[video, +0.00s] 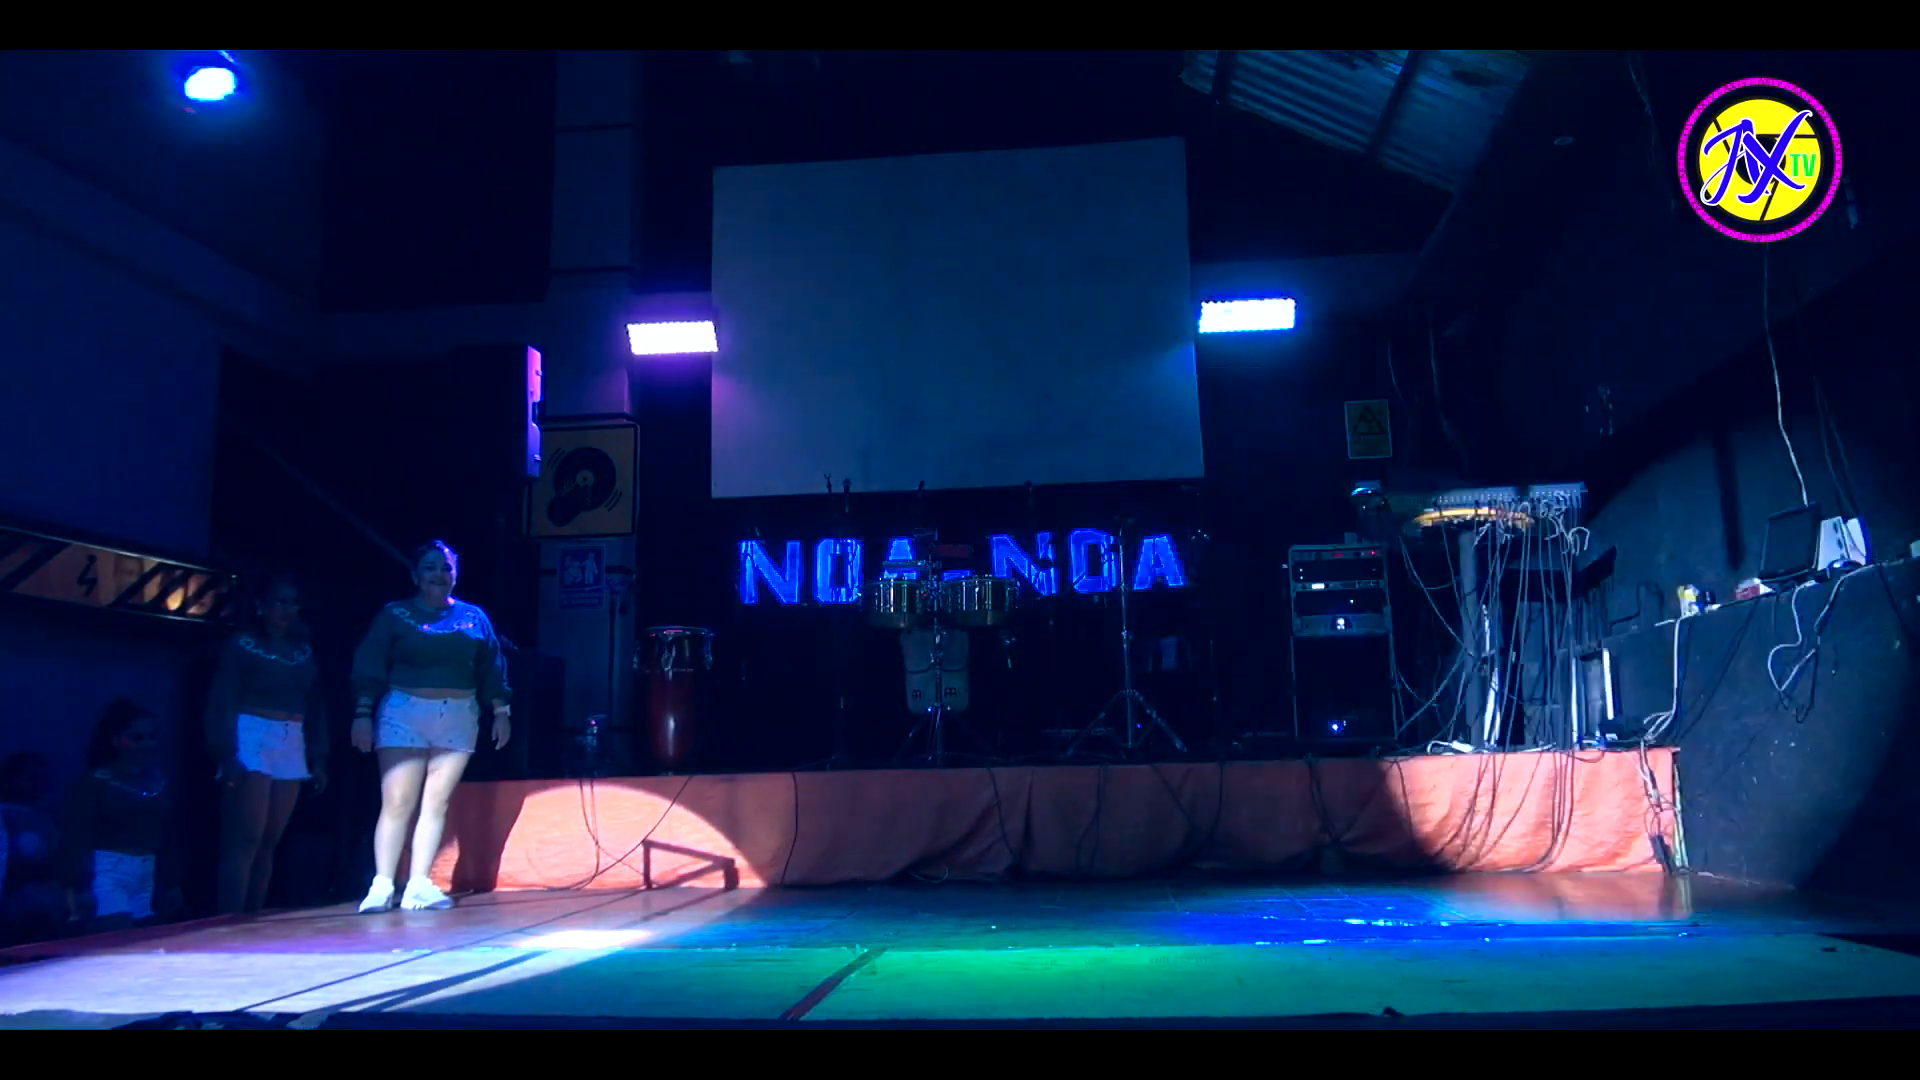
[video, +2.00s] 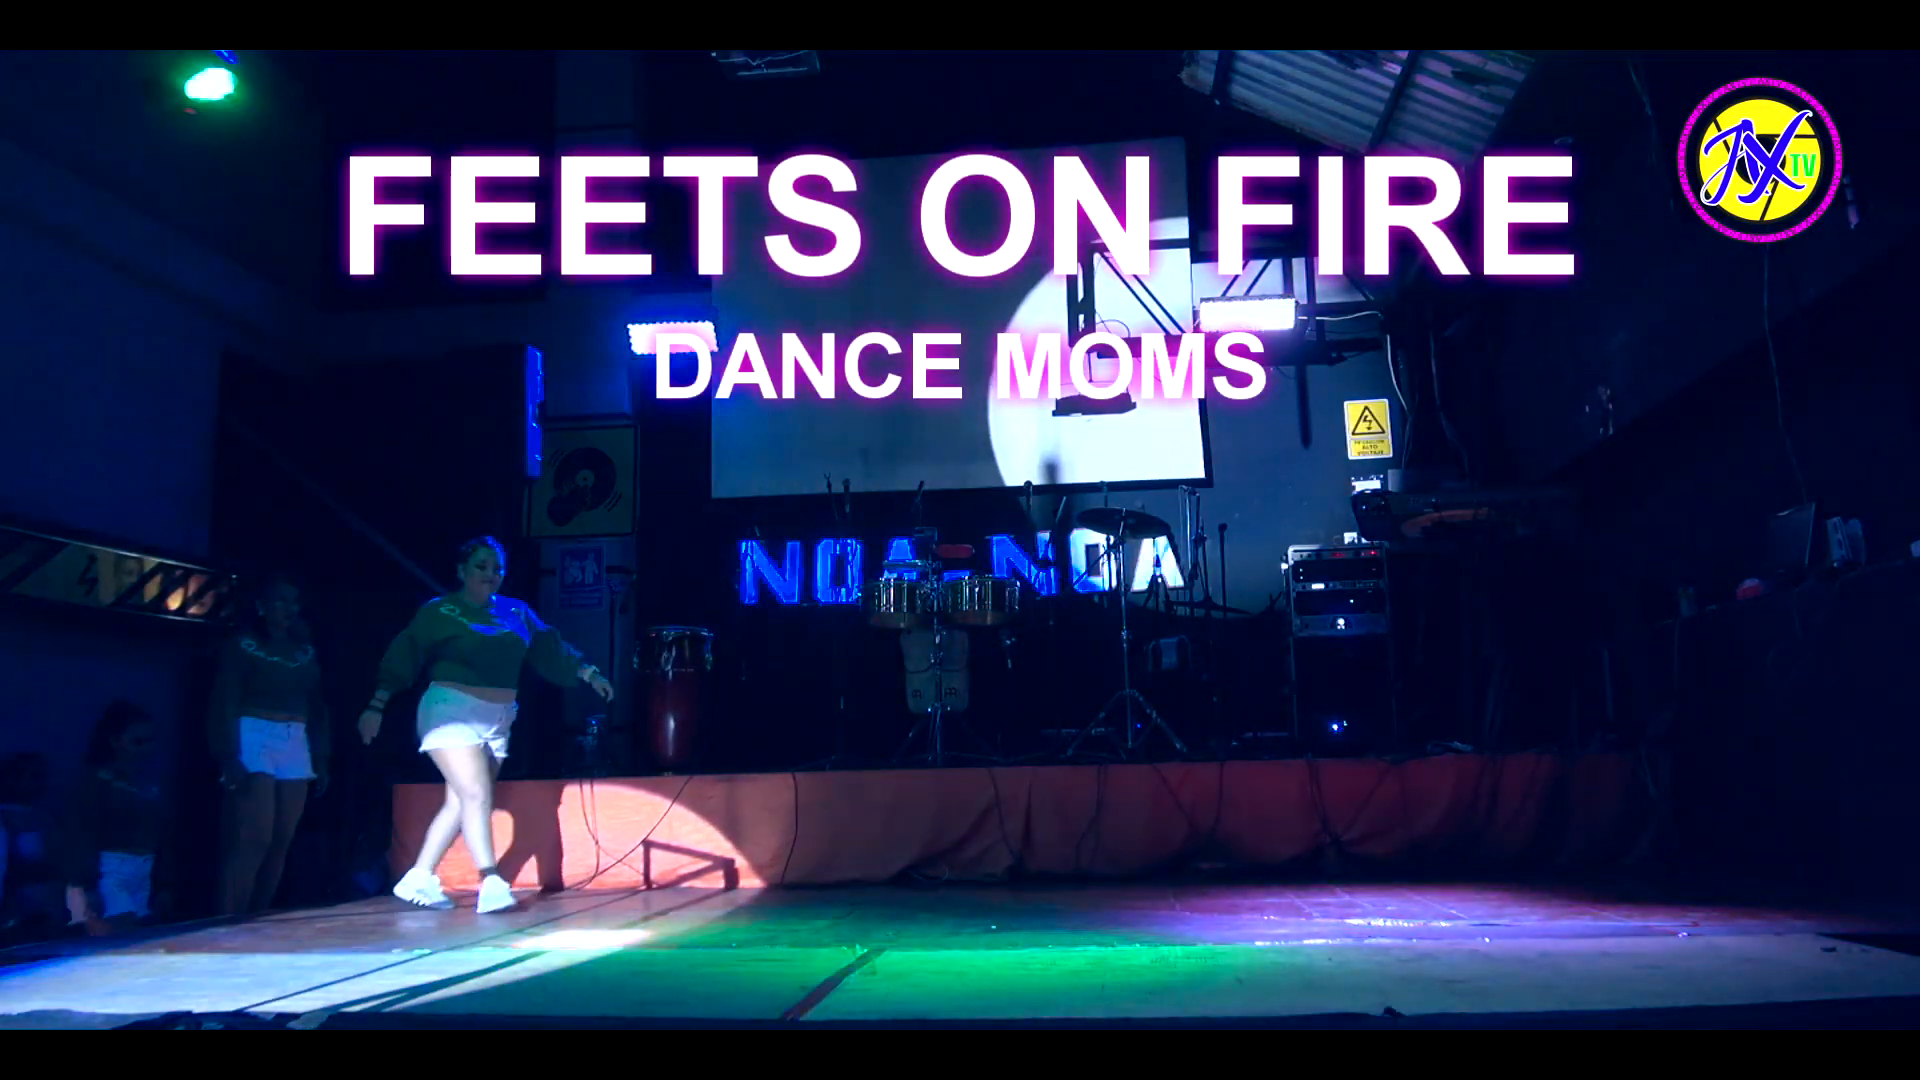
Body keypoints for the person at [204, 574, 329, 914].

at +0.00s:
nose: (286, 610)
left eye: (292, 603)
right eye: (279, 602)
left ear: (299, 608)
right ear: (263, 604)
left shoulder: (303, 651)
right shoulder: (245, 643)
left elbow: (314, 708)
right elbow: (224, 698)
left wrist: (317, 757)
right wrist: (225, 753)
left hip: (293, 735)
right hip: (254, 731)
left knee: (271, 839)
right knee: (249, 834)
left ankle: (254, 916)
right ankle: (232, 916)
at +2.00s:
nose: (286, 610)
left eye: (291, 603)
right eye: (279, 602)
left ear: (298, 608)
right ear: (263, 605)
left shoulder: (304, 651)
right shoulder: (245, 644)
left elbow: (315, 706)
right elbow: (226, 699)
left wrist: (318, 756)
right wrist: (228, 754)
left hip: (296, 735)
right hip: (255, 732)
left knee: (283, 835)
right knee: (257, 832)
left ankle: (260, 915)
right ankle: (232, 915)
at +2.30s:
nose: (295, 611)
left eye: (299, 604)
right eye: (288, 603)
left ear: (304, 611)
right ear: (271, 607)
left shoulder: (312, 653)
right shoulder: (251, 647)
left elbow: (325, 707)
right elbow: (230, 698)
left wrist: (327, 757)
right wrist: (226, 751)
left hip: (302, 735)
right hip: (260, 731)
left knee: (293, 813)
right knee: (305, 802)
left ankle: (268, 895)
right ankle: (252, 874)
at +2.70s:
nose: (319, 608)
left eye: (323, 602)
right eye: (311, 600)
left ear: (327, 610)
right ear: (292, 605)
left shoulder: (334, 654)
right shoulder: (267, 647)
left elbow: (347, 712)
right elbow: (244, 704)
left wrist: (352, 760)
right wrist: (241, 763)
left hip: (319, 739)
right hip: (275, 733)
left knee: (288, 842)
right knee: (332, 791)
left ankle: (254, 919)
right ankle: (308, 885)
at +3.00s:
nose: (348, 577)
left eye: (353, 571)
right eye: (340, 571)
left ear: (360, 577)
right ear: (322, 577)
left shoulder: (365, 625)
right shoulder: (298, 617)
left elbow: (379, 682)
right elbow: (272, 676)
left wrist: (385, 730)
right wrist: (266, 735)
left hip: (343, 716)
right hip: (300, 707)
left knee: (330, 808)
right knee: (332, 795)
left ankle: (276, 897)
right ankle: (315, 887)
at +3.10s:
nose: (358, 565)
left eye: (363, 559)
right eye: (349, 559)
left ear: (369, 568)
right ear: (331, 566)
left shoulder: (372, 614)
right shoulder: (307, 604)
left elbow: (384, 670)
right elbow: (282, 663)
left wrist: (392, 716)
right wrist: (276, 722)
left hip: (353, 704)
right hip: (309, 695)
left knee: (359, 799)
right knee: (329, 789)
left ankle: (283, 867)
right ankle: (314, 886)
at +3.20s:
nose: (370, 558)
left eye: (374, 552)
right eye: (362, 552)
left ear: (379, 560)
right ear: (342, 558)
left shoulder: (380, 606)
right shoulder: (318, 598)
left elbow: (389, 665)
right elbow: (295, 657)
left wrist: (394, 711)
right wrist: (292, 713)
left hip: (364, 694)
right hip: (322, 688)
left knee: (378, 787)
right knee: (329, 789)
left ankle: (308, 841)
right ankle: (315, 885)